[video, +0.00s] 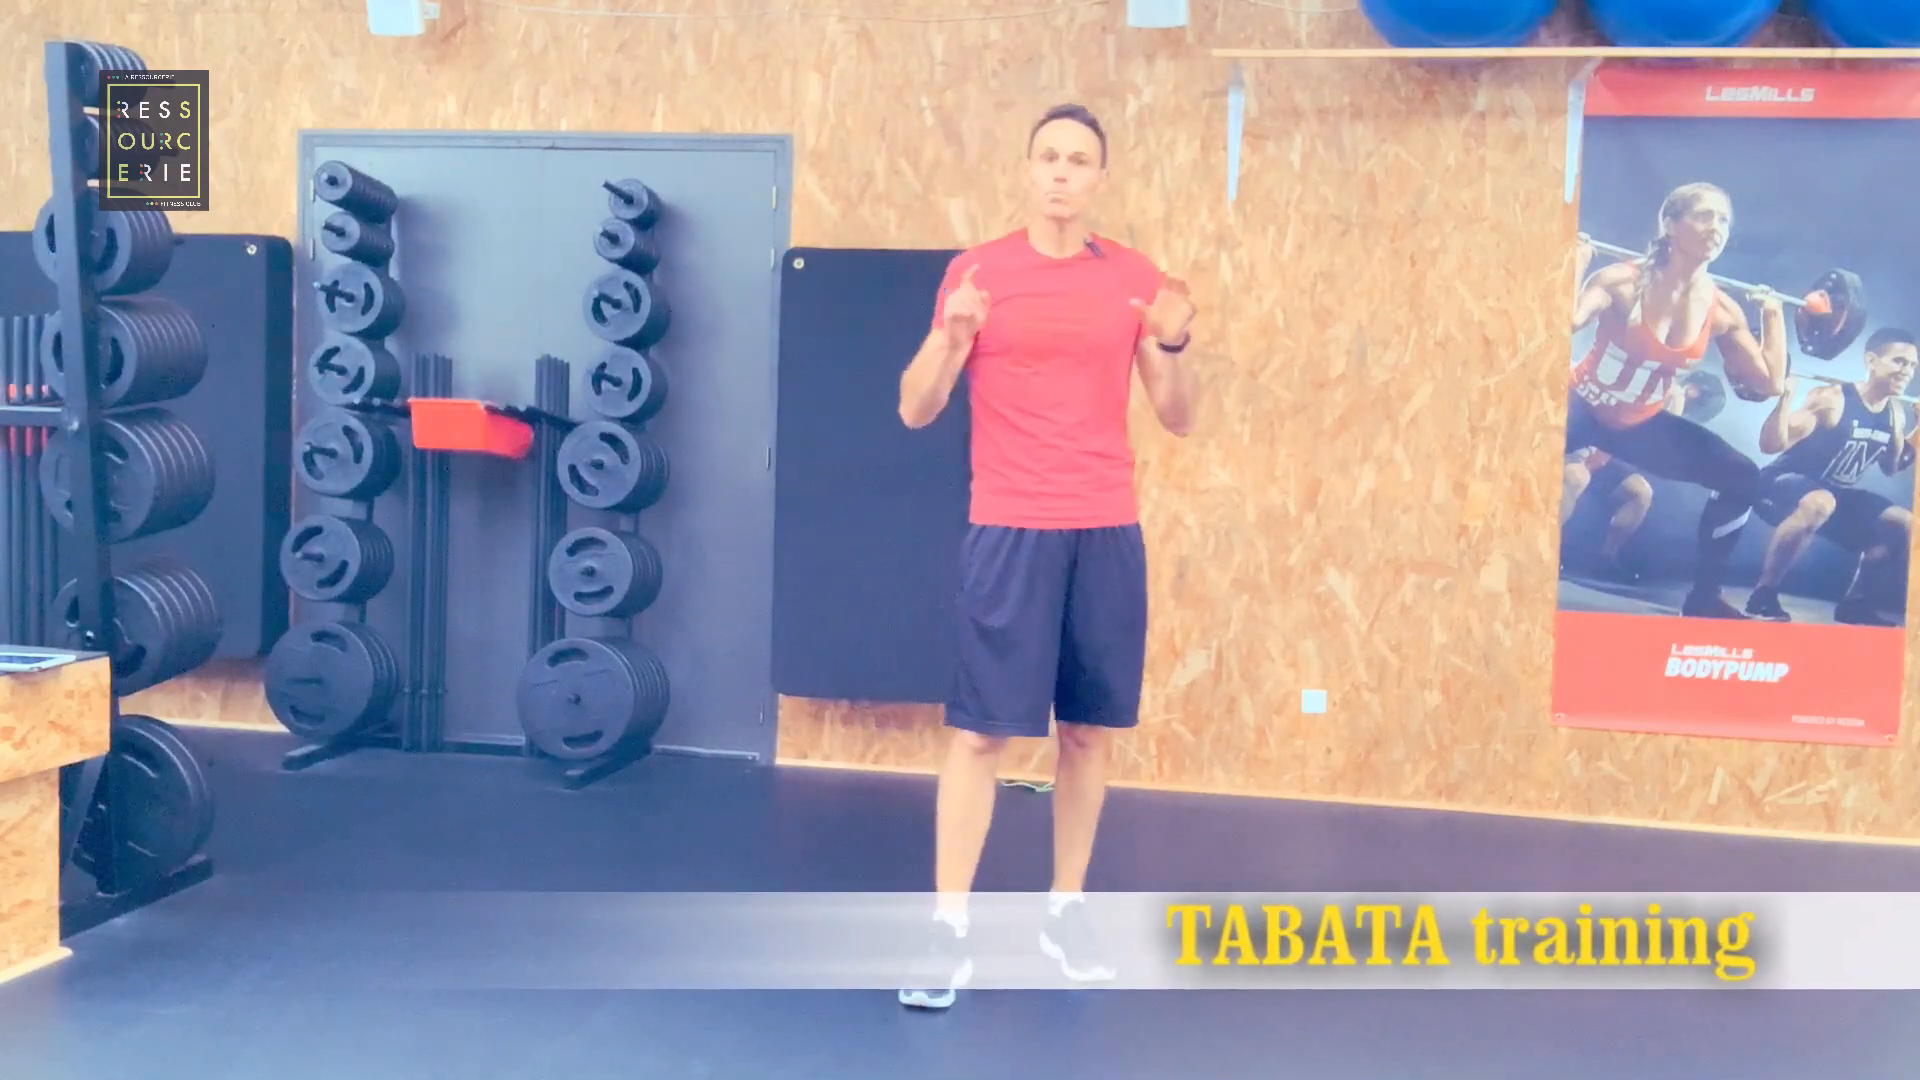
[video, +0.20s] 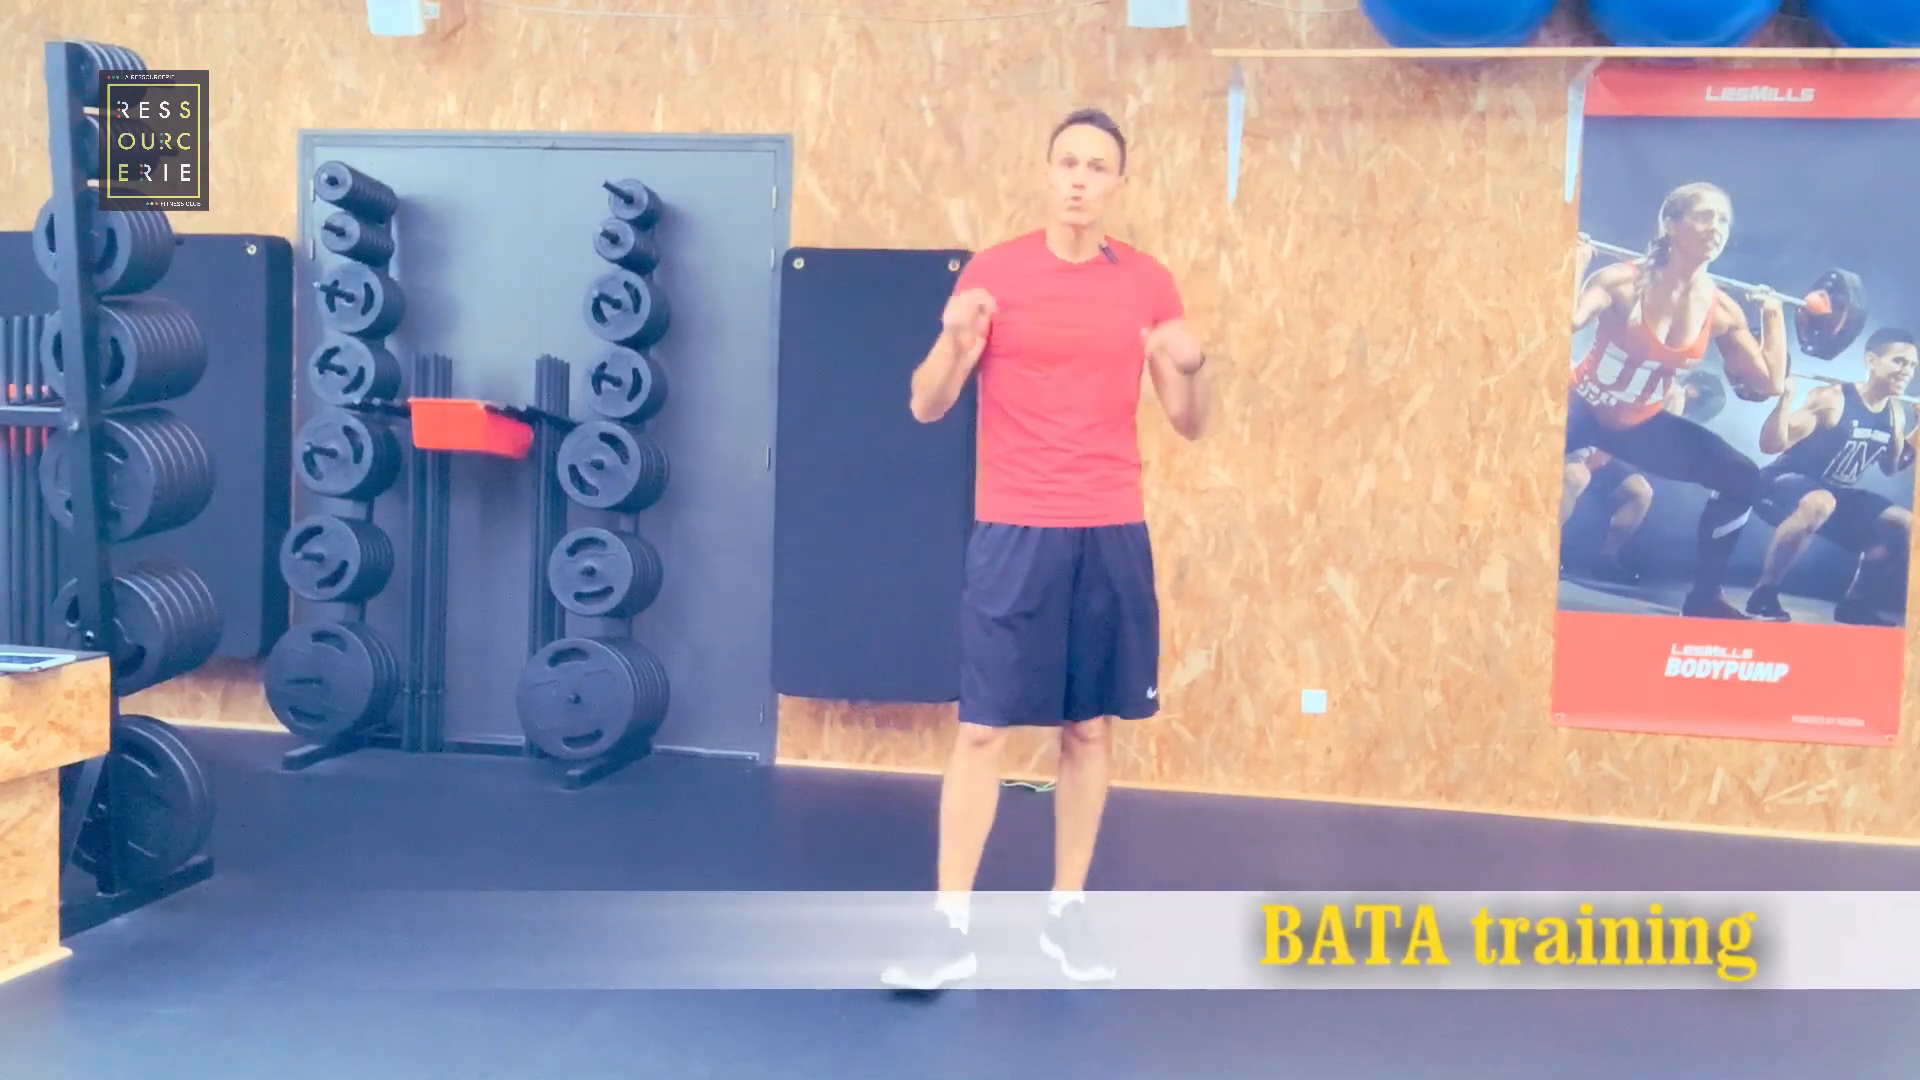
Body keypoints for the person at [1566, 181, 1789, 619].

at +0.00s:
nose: (1716, 228)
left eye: (1724, 221)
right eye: (1704, 216)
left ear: (1728, 233)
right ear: (1671, 224)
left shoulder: (1722, 310)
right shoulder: (1620, 279)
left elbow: (1769, 385)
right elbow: (1559, 325)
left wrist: (1773, 312)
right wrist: (1573, 269)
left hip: (1644, 425)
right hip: (1579, 408)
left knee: (1741, 477)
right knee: (1516, 445)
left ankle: (1705, 597)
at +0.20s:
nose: (1716, 228)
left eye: (1724, 220)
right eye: (1704, 216)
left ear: (1728, 233)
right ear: (1671, 224)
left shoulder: (1722, 310)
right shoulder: (1620, 279)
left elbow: (1769, 385)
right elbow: (1559, 325)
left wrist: (1773, 312)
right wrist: (1573, 269)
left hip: (1644, 425)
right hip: (1579, 409)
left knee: (1741, 478)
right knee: (1515, 447)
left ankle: (1705, 597)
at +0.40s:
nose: (1716, 228)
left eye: (1724, 220)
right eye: (1704, 216)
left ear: (1728, 233)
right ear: (1670, 224)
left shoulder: (1722, 310)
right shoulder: (1620, 279)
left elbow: (1769, 385)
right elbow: (1559, 325)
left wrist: (1773, 312)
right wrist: (1573, 269)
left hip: (1643, 425)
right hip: (1579, 408)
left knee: (1741, 478)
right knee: (1517, 448)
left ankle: (1705, 597)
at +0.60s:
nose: (1716, 228)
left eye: (1724, 221)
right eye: (1704, 216)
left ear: (1728, 233)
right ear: (1671, 223)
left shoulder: (1722, 310)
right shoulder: (1620, 280)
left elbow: (1768, 385)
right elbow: (1559, 325)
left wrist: (1773, 311)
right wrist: (1573, 269)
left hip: (1644, 424)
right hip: (1579, 408)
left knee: (1742, 478)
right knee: (1518, 447)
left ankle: (1705, 596)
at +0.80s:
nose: (1716, 228)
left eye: (1724, 221)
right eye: (1704, 216)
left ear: (1728, 233)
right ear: (1671, 223)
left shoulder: (1722, 310)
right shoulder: (1620, 280)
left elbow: (1768, 385)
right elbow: (1559, 325)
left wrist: (1773, 311)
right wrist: (1573, 269)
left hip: (1644, 424)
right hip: (1579, 408)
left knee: (1742, 478)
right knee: (1517, 447)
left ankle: (1705, 596)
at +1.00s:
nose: (1716, 228)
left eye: (1724, 220)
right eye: (1704, 216)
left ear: (1729, 233)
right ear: (1670, 224)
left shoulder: (1721, 310)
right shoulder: (1620, 279)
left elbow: (1769, 385)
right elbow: (1558, 326)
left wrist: (1773, 312)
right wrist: (1572, 268)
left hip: (1645, 425)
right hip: (1579, 409)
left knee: (1742, 478)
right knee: (1510, 452)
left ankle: (1705, 597)